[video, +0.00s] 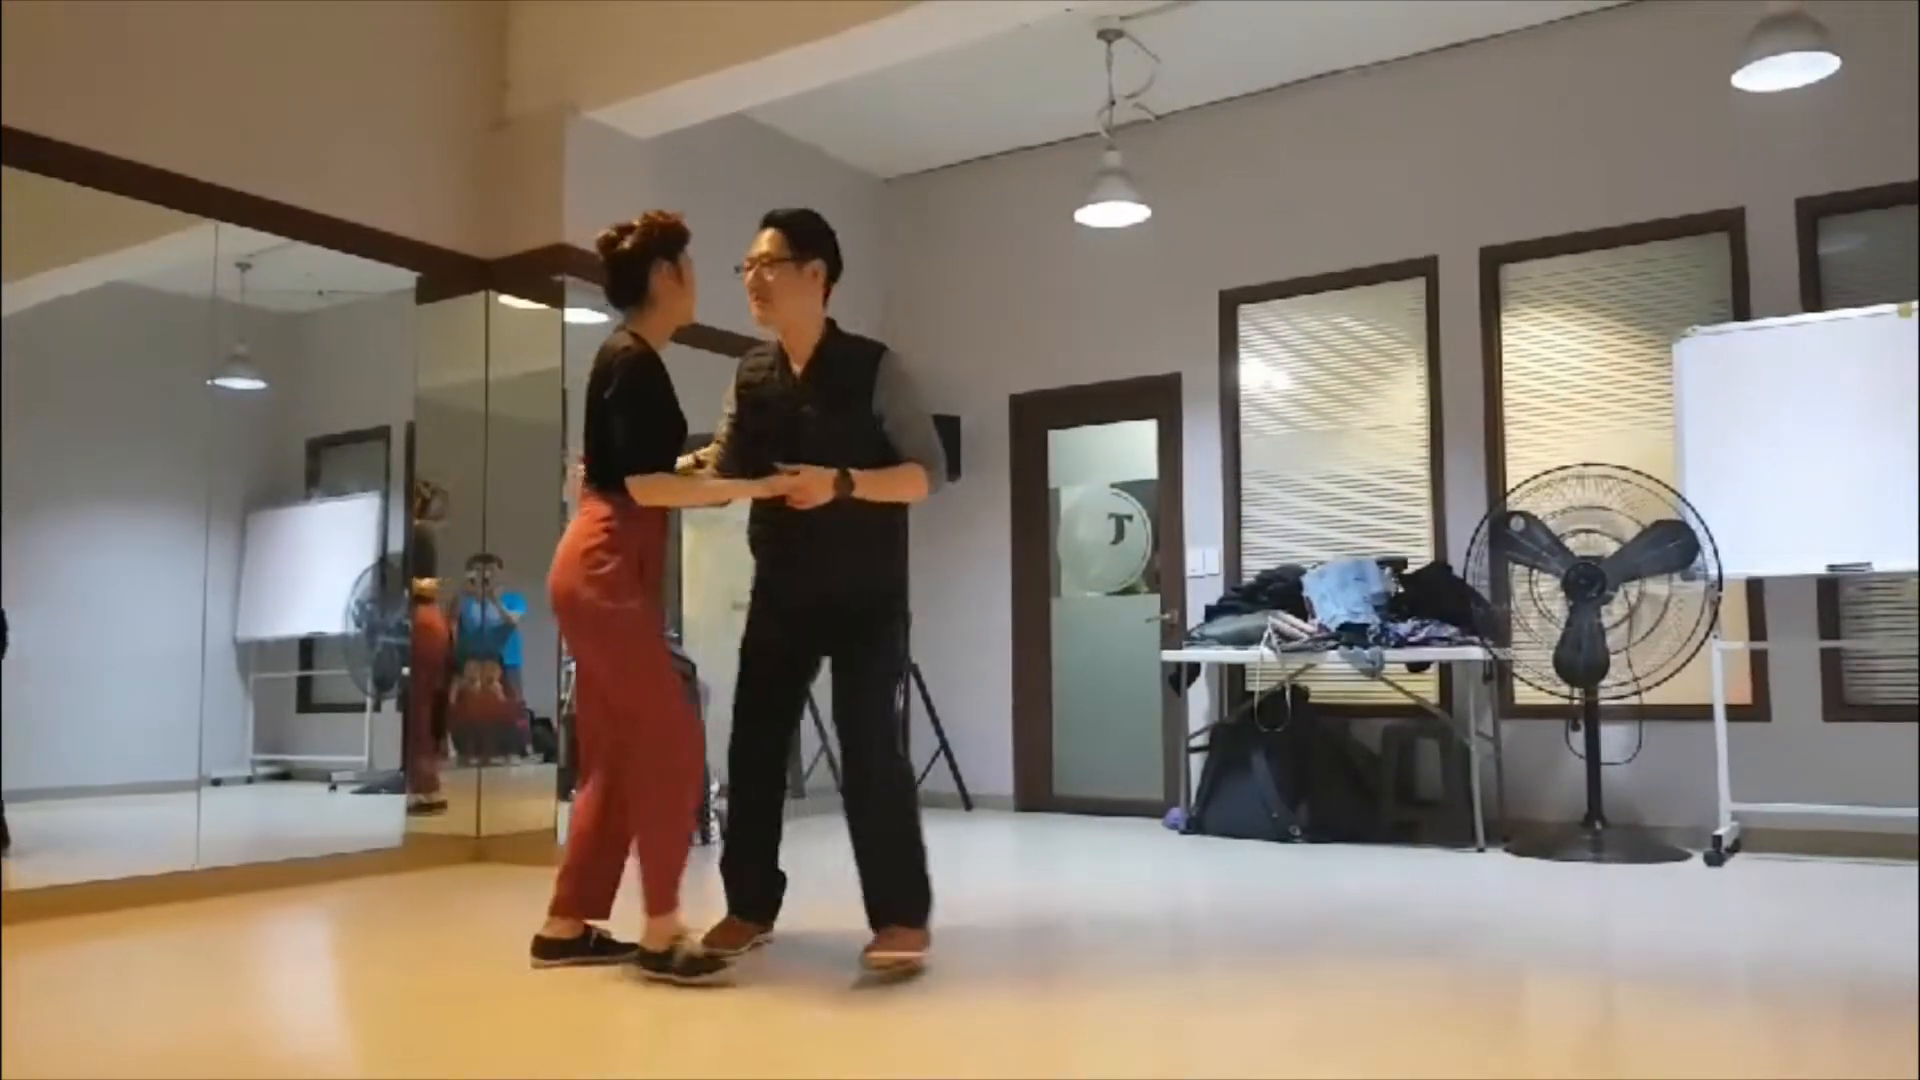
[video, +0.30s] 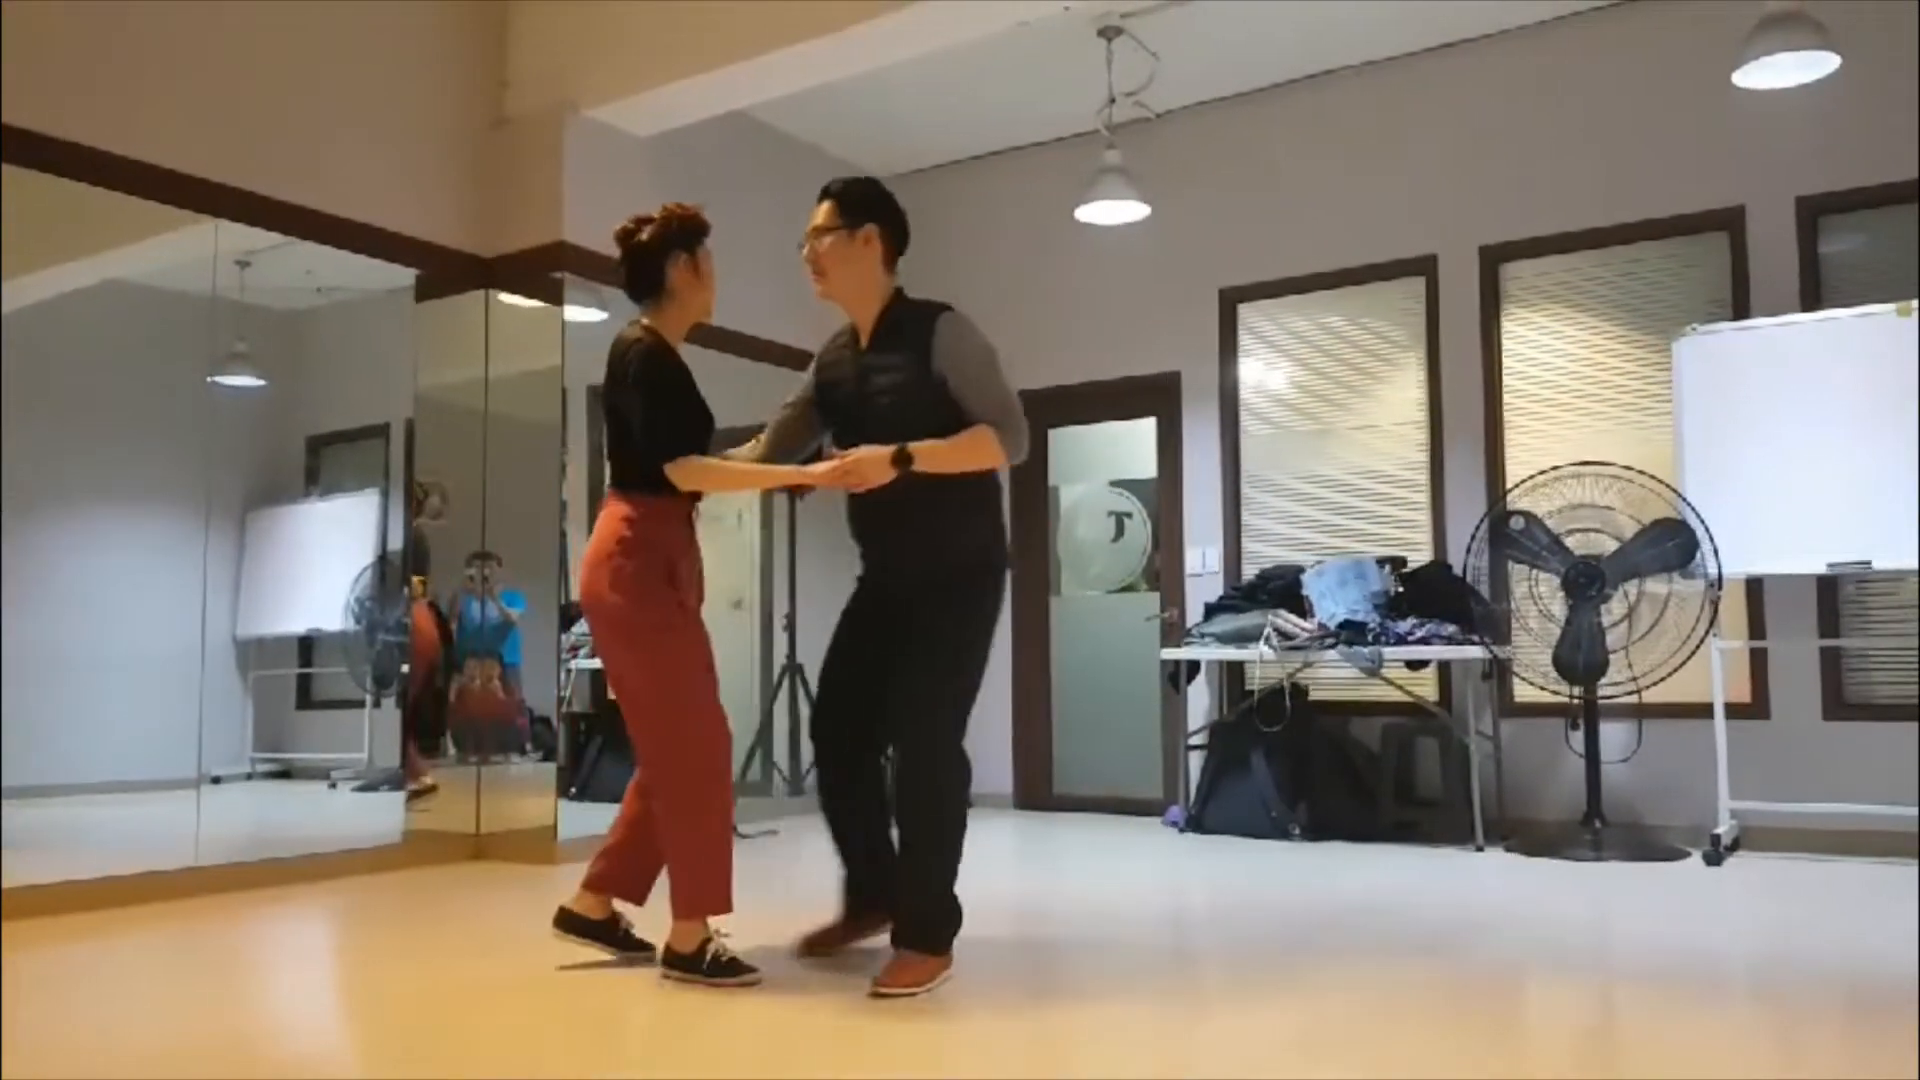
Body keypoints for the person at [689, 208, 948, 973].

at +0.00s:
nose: (750, 277)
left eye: (767, 264)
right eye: (748, 266)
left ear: (818, 275)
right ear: (757, 282)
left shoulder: (876, 368)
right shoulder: (754, 371)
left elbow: (926, 474)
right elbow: (726, 472)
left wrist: (842, 481)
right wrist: (645, 475)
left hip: (867, 595)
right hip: (782, 594)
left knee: (870, 754)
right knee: (754, 752)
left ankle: (901, 922)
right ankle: (749, 910)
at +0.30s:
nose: (807, 253)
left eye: (821, 238)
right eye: (807, 241)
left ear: (874, 243)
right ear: (840, 252)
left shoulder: (944, 331)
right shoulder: (835, 359)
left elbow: (1011, 437)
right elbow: (769, 452)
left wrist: (902, 457)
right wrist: (687, 474)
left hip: (960, 574)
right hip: (886, 574)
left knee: (925, 741)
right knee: (840, 730)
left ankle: (928, 936)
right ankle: (874, 897)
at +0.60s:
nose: (856, 248)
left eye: (871, 232)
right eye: (859, 234)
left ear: (921, 243)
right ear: (900, 247)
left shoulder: (992, 335)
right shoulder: (886, 362)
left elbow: (1062, 443)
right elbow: (814, 440)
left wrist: (948, 459)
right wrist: (746, 459)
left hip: (1007, 578)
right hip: (950, 581)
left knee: (910, 731)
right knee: (910, 734)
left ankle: (984, 938)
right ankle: (962, 921)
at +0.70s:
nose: (860, 242)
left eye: (873, 225)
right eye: (863, 227)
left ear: (921, 234)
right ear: (909, 238)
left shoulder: (988, 322)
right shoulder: (905, 358)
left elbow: (1059, 431)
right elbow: (841, 458)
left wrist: (939, 460)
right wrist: (763, 478)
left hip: (1016, 582)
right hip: (970, 585)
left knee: (918, 747)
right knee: (931, 745)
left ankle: (998, 964)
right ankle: (968, 927)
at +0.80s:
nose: (864, 218)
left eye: (874, 200)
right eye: (868, 203)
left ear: (915, 206)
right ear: (920, 210)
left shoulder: (970, 290)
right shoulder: (937, 308)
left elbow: (1033, 400)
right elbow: (952, 420)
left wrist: (908, 432)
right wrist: (881, 453)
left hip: (1021, 565)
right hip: (990, 565)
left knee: (941, 744)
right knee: (942, 738)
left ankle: (1002, 970)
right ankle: (977, 915)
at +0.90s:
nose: (886, 194)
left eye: (891, 177)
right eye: (889, 178)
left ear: (923, 176)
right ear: (969, 182)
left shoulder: (956, 259)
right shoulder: (1007, 266)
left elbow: (980, 363)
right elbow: (1009, 406)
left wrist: (851, 397)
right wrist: (907, 460)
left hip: (1019, 538)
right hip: (1066, 531)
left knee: (956, 740)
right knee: (1001, 719)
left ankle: (995, 970)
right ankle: (1086, 895)